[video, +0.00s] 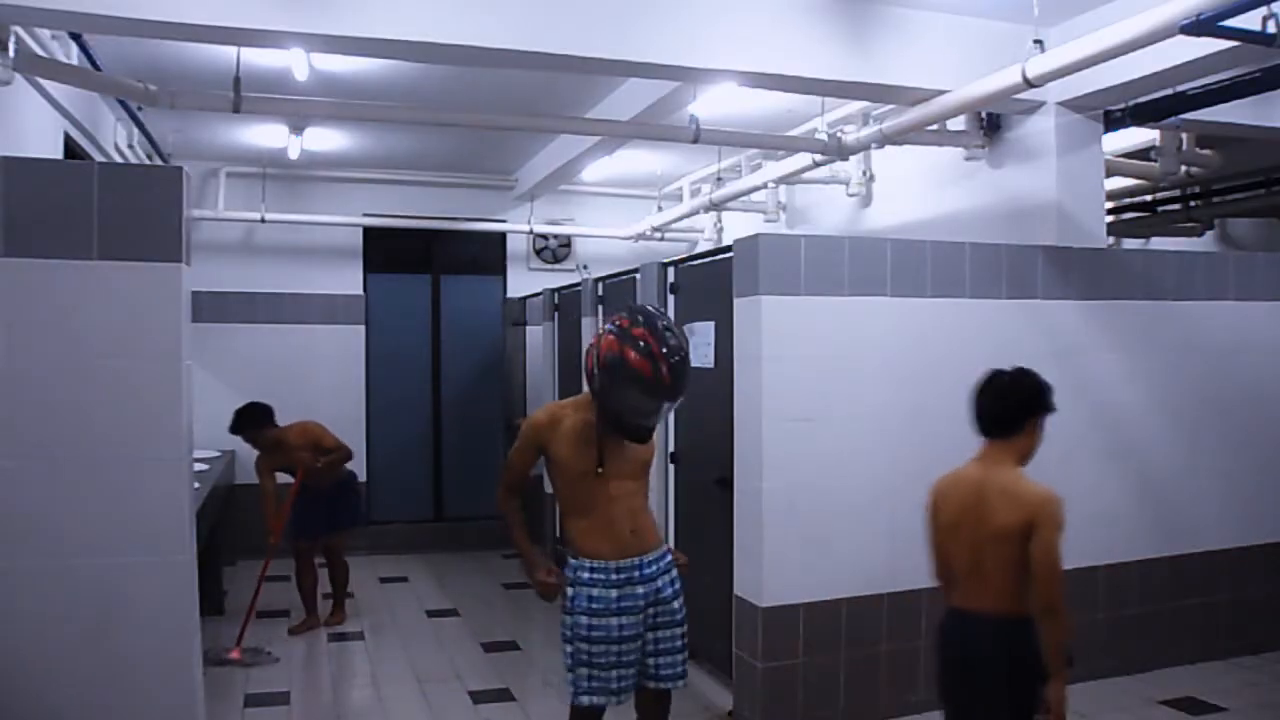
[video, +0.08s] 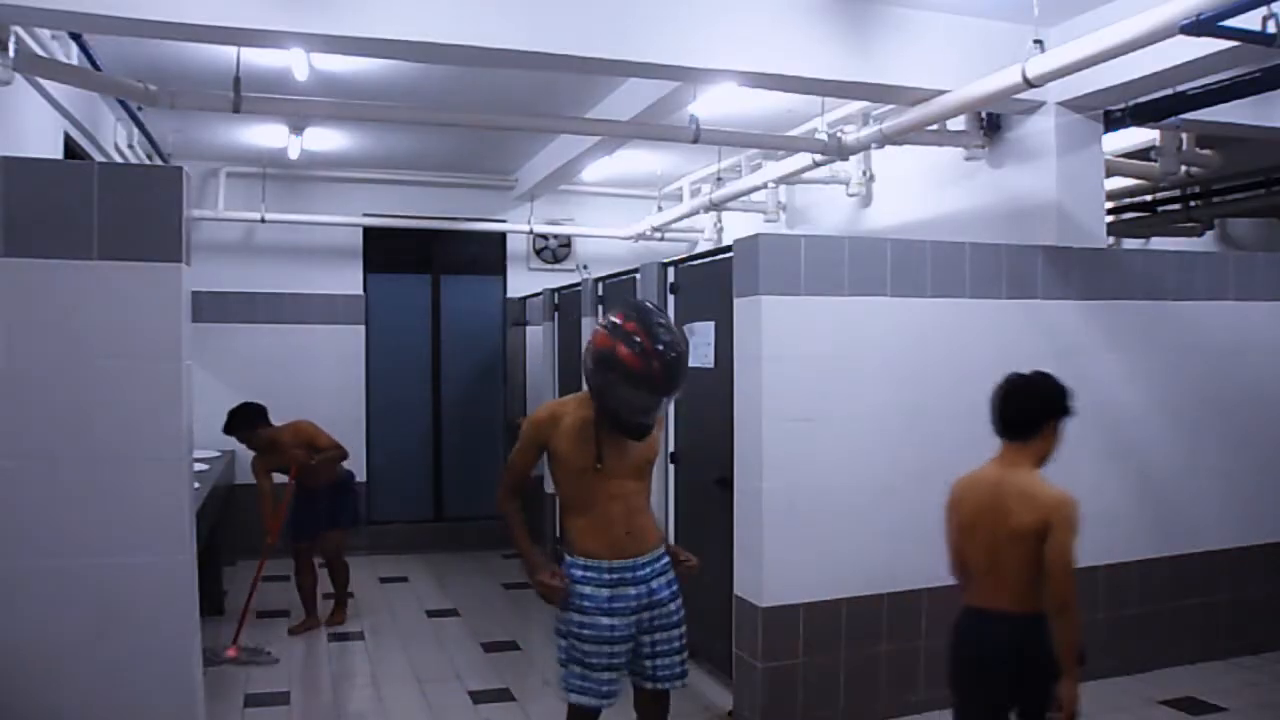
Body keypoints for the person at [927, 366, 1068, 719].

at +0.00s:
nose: (1041, 434)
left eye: (1041, 424)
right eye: (1041, 424)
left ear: (984, 420)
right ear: (1032, 426)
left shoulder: (944, 490)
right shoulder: (1038, 502)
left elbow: (943, 573)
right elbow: (1046, 603)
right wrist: (1056, 677)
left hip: (958, 637)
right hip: (1014, 643)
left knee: (961, 711)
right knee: (1014, 712)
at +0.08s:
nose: (1058, 438)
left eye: (1058, 428)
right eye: (1058, 428)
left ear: (1001, 422)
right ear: (1050, 429)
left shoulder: (962, 491)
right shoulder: (1054, 504)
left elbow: (959, 568)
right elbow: (1059, 601)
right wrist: (1068, 675)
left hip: (974, 635)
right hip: (1030, 641)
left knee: (975, 711)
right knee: (1035, 711)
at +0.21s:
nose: (1087, 437)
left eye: (1088, 427)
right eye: (1087, 427)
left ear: (1033, 421)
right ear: (1080, 429)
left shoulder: (993, 485)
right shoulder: (1082, 502)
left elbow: (986, 563)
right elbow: (1084, 594)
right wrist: (1092, 671)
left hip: (999, 628)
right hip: (1054, 634)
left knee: (992, 709)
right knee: (1051, 710)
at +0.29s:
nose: (1104, 431)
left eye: (1106, 421)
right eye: (1105, 422)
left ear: (1051, 415)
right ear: (1097, 423)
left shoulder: (1010, 478)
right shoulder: (1099, 495)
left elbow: (1002, 556)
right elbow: (1103, 584)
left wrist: (1026, 596)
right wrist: (1114, 657)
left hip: (1019, 622)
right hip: (1075, 624)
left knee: (1022, 710)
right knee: (1081, 708)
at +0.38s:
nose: (1118, 425)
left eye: (1119, 415)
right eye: (1119, 415)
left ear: (1064, 411)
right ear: (1112, 417)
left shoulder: (1025, 473)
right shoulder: (1115, 489)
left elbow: (1014, 552)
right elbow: (1122, 576)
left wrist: (1026, 606)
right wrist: (1135, 648)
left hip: (1038, 613)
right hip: (1094, 617)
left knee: (1038, 709)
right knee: (1090, 709)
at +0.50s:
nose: (1133, 420)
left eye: (1134, 411)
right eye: (1134, 411)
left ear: (1080, 407)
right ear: (1125, 413)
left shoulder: (1044, 468)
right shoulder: (1134, 479)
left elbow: (1029, 544)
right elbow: (1149, 559)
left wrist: (1025, 601)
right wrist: (1161, 610)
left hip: (1056, 596)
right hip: (1110, 600)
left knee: (1069, 697)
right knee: (1098, 705)